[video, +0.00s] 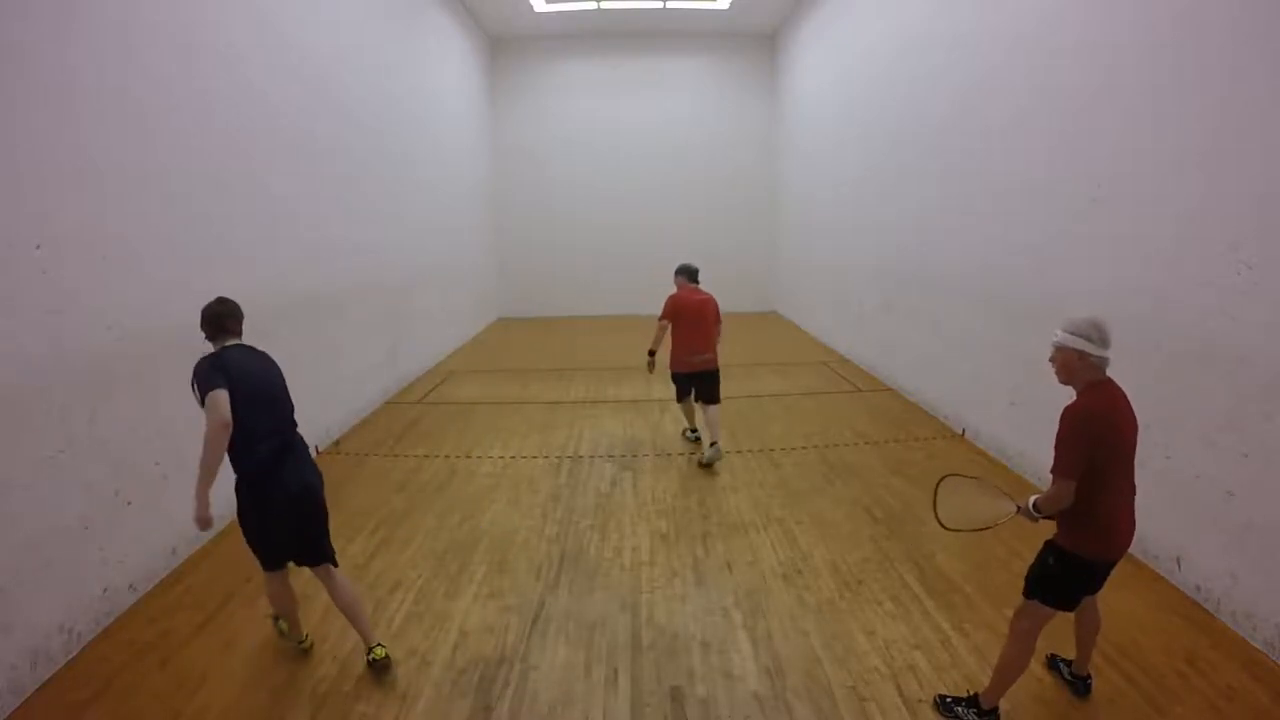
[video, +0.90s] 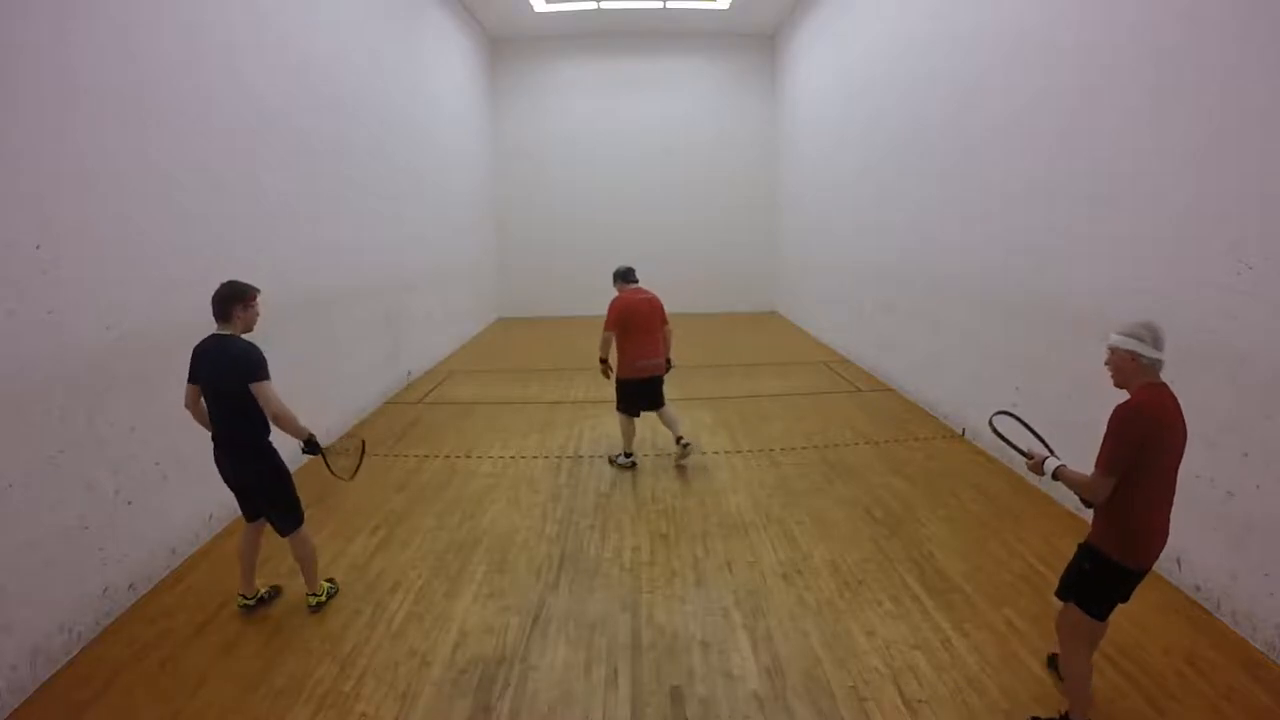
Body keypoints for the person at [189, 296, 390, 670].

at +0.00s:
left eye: (207, 329)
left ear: (206, 332)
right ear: (241, 325)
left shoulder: (210, 366)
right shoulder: (263, 359)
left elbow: (221, 419)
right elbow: (284, 418)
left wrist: (202, 492)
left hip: (260, 487)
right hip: (302, 475)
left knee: (274, 567)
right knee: (326, 565)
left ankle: (295, 632)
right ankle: (374, 644)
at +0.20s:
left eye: (208, 331)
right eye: (235, 324)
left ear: (202, 335)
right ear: (237, 327)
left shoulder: (200, 385)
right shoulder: (267, 363)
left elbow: (206, 456)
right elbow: (310, 411)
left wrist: (213, 510)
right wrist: (310, 454)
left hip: (253, 487)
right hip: (295, 472)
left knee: (275, 559)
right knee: (314, 546)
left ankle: (302, 627)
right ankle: (348, 603)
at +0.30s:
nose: (242, 316)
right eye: (242, 311)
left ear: (206, 322)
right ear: (240, 315)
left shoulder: (197, 369)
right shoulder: (268, 352)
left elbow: (196, 437)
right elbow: (316, 397)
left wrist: (204, 473)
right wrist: (322, 446)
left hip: (248, 475)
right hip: (290, 462)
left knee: (273, 551)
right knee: (306, 528)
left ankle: (302, 625)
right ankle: (338, 594)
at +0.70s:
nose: (267, 314)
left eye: (265, 307)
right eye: (264, 308)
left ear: (228, 314)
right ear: (251, 311)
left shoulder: (206, 354)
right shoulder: (271, 350)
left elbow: (185, 408)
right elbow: (308, 405)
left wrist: (211, 428)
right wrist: (328, 443)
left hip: (239, 455)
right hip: (277, 449)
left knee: (262, 513)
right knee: (303, 516)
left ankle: (261, 585)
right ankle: (316, 590)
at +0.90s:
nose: (257, 313)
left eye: (256, 306)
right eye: (254, 307)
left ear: (222, 312)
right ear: (239, 311)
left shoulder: (203, 350)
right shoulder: (247, 352)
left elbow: (192, 403)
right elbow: (274, 411)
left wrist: (218, 429)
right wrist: (305, 436)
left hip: (226, 454)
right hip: (256, 453)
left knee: (254, 519)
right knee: (292, 524)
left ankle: (248, 592)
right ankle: (315, 590)